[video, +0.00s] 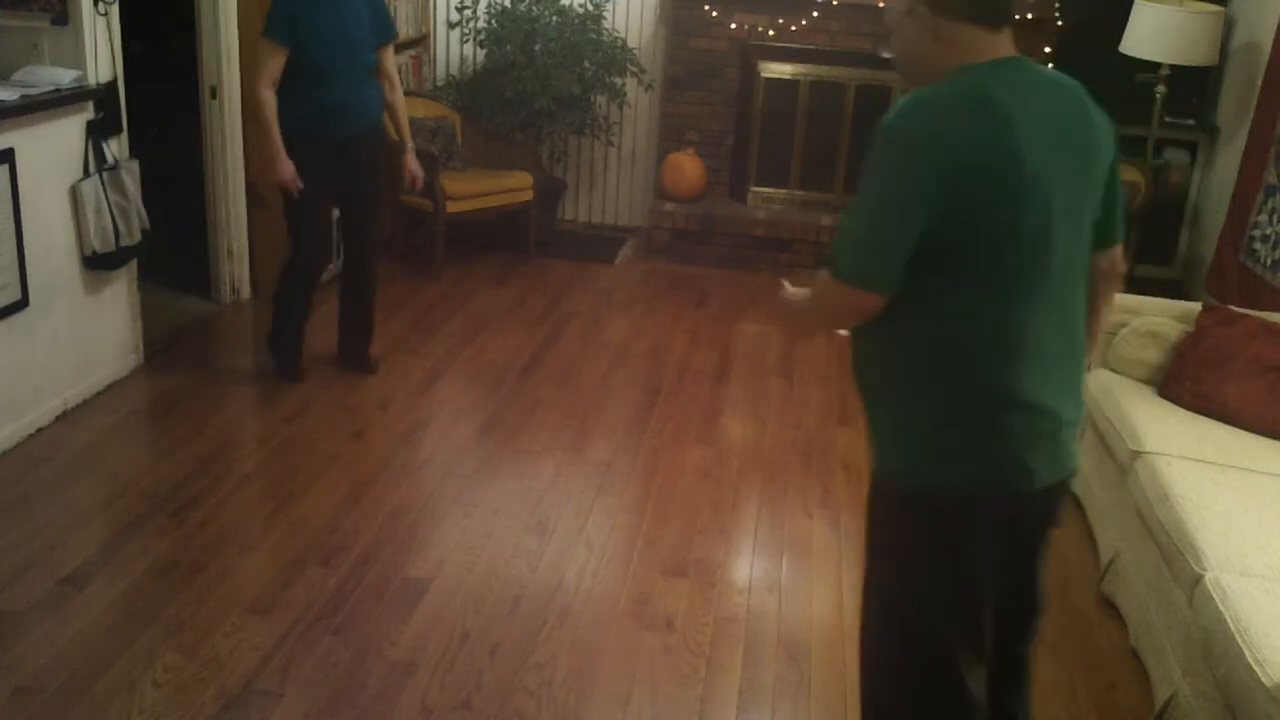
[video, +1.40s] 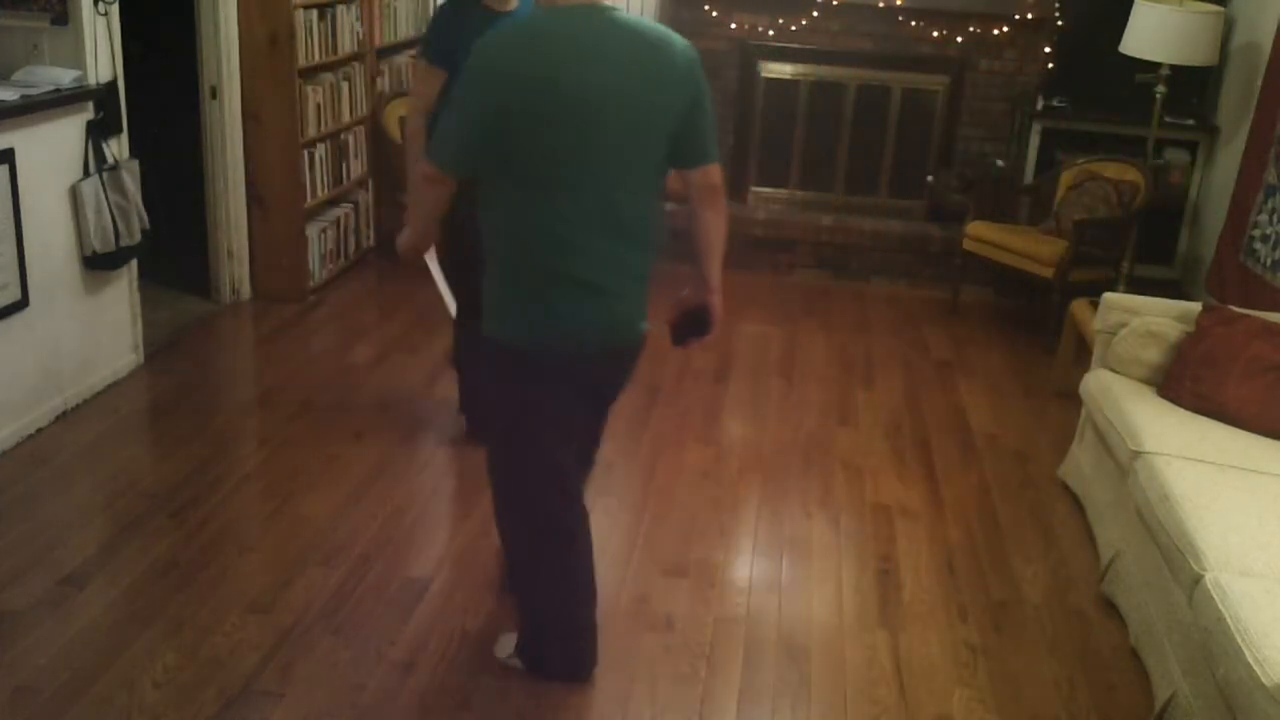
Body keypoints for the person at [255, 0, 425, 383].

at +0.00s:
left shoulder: (374, 7)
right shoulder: (291, 8)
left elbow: (390, 79)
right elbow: (264, 85)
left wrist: (408, 146)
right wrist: (278, 155)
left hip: (365, 143)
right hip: (308, 145)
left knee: (363, 250)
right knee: (311, 252)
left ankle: (355, 349)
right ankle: (286, 350)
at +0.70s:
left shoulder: (422, 7)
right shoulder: (347, 9)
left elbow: (429, 78)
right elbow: (324, 85)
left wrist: (435, 146)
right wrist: (337, 164)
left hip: (411, 144)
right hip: (365, 144)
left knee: (407, 254)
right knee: (369, 253)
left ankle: (398, 361)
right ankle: (325, 337)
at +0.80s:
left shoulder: (436, 8)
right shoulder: (357, 9)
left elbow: (449, 81)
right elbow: (332, 86)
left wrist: (468, 152)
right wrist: (336, 166)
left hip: (420, 145)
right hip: (371, 145)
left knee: (416, 250)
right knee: (397, 251)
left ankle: (399, 359)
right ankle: (372, 356)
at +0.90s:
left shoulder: (451, 10)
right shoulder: (373, 10)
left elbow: (469, 87)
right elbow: (339, 90)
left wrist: (493, 158)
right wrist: (335, 166)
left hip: (431, 148)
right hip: (379, 149)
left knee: (419, 260)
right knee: (413, 262)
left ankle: (395, 360)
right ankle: (421, 385)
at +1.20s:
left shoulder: (501, 19)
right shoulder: (421, 18)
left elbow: (517, 92)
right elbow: (383, 101)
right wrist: (372, 175)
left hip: (478, 163)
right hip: (422, 163)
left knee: (452, 267)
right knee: (456, 275)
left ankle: (406, 349)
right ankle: (482, 404)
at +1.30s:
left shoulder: (521, 18)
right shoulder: (441, 17)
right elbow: (399, 110)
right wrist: (394, 189)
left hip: (505, 168)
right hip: (446, 172)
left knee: (496, 272)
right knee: (471, 288)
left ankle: (430, 339)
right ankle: (482, 413)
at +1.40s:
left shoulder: (538, 19)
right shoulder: (455, 17)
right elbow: (418, 111)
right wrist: (420, 197)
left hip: (524, 183)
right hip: (467, 188)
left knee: (523, 294)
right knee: (474, 303)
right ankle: (479, 412)